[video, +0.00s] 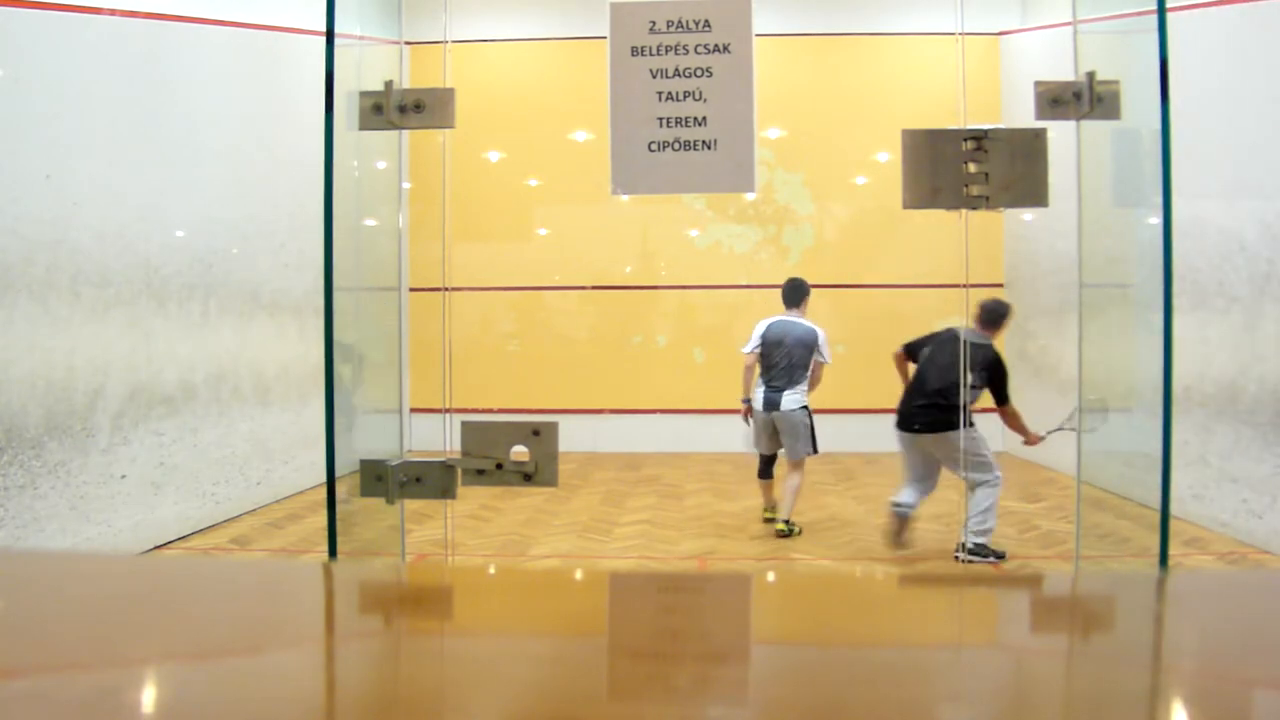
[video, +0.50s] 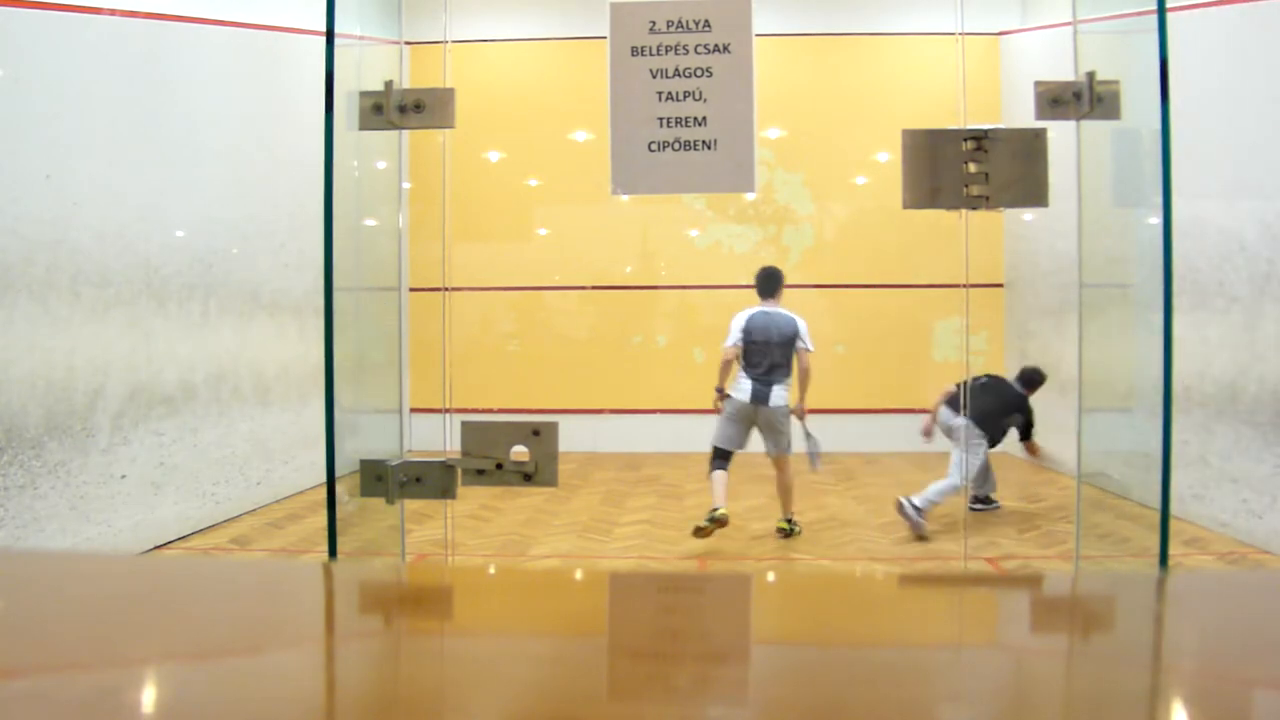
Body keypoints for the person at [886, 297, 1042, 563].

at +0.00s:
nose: (1000, 328)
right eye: (1002, 324)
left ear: (976, 317)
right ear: (1001, 326)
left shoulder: (946, 336)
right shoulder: (990, 356)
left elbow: (900, 355)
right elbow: (1005, 410)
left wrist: (910, 389)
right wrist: (1027, 434)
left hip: (910, 417)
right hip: (948, 421)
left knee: (920, 479)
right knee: (987, 479)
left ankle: (902, 505)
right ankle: (974, 543)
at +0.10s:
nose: (1019, 340)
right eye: (1020, 335)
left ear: (994, 325)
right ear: (1016, 337)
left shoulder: (960, 341)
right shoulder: (1004, 364)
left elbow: (914, 351)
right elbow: (1018, 417)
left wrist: (895, 382)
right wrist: (1045, 435)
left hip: (921, 420)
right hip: (960, 425)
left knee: (938, 460)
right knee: (995, 484)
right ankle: (975, 541)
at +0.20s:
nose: (1029, 351)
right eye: (1030, 347)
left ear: (1006, 335)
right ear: (1029, 348)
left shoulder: (975, 346)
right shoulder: (1014, 373)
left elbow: (932, 347)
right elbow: (1032, 422)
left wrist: (893, 368)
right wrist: (1066, 427)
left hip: (926, 417)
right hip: (957, 424)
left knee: (955, 453)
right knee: (988, 477)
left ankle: (960, 500)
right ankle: (975, 534)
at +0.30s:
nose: (1040, 364)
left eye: (1040, 359)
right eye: (1040, 360)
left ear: (1018, 349)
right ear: (1036, 361)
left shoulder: (985, 358)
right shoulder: (1018, 381)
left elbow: (948, 354)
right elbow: (1042, 426)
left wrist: (912, 366)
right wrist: (1078, 424)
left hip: (933, 417)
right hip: (957, 422)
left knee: (969, 450)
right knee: (973, 470)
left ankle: (979, 483)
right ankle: (967, 524)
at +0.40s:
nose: (1041, 380)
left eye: (1043, 376)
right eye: (1043, 376)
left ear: (1021, 365)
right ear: (1039, 377)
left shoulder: (991, 372)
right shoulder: (1022, 396)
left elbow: (952, 374)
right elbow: (1043, 441)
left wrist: (922, 391)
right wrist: (1072, 440)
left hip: (938, 422)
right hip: (962, 430)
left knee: (980, 443)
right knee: (969, 480)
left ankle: (981, 495)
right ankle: (936, 519)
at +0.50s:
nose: (1036, 391)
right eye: (1037, 388)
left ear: (1018, 376)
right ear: (1034, 389)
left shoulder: (992, 379)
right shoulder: (1023, 407)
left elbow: (948, 393)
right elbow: (1027, 442)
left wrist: (931, 420)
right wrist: (1035, 451)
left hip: (946, 414)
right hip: (971, 430)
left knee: (979, 451)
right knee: (959, 479)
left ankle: (981, 495)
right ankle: (916, 504)